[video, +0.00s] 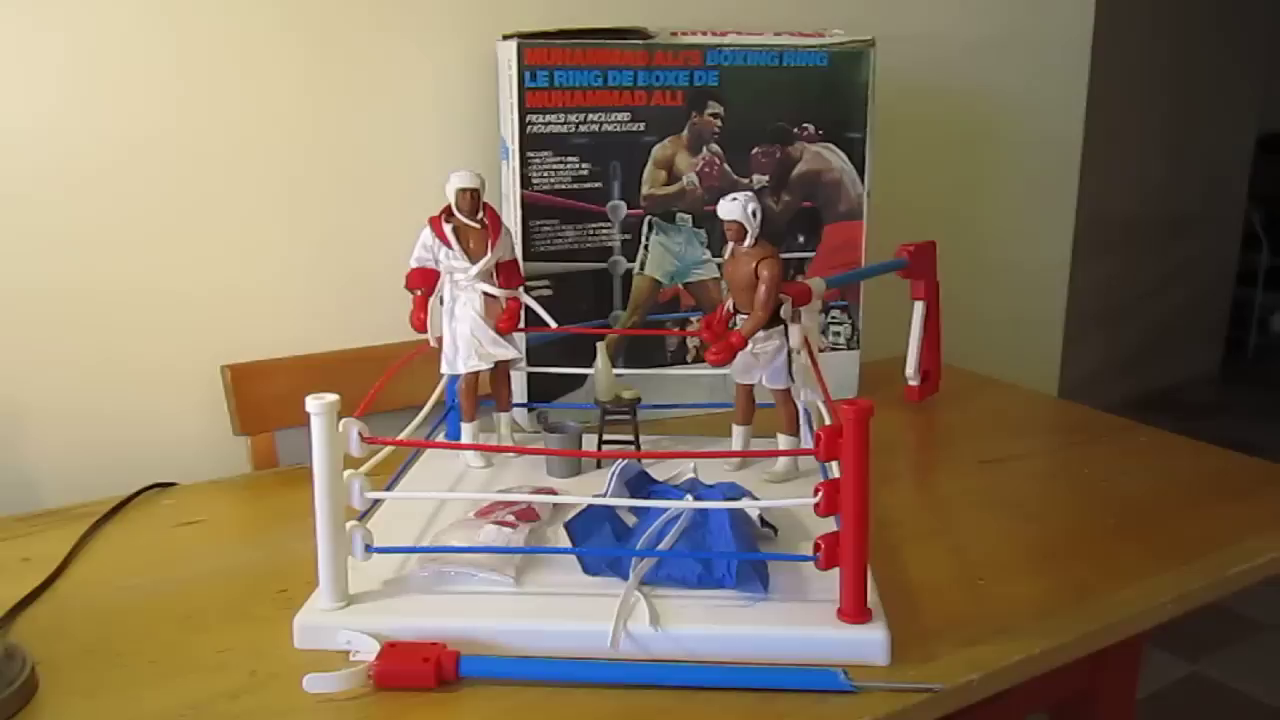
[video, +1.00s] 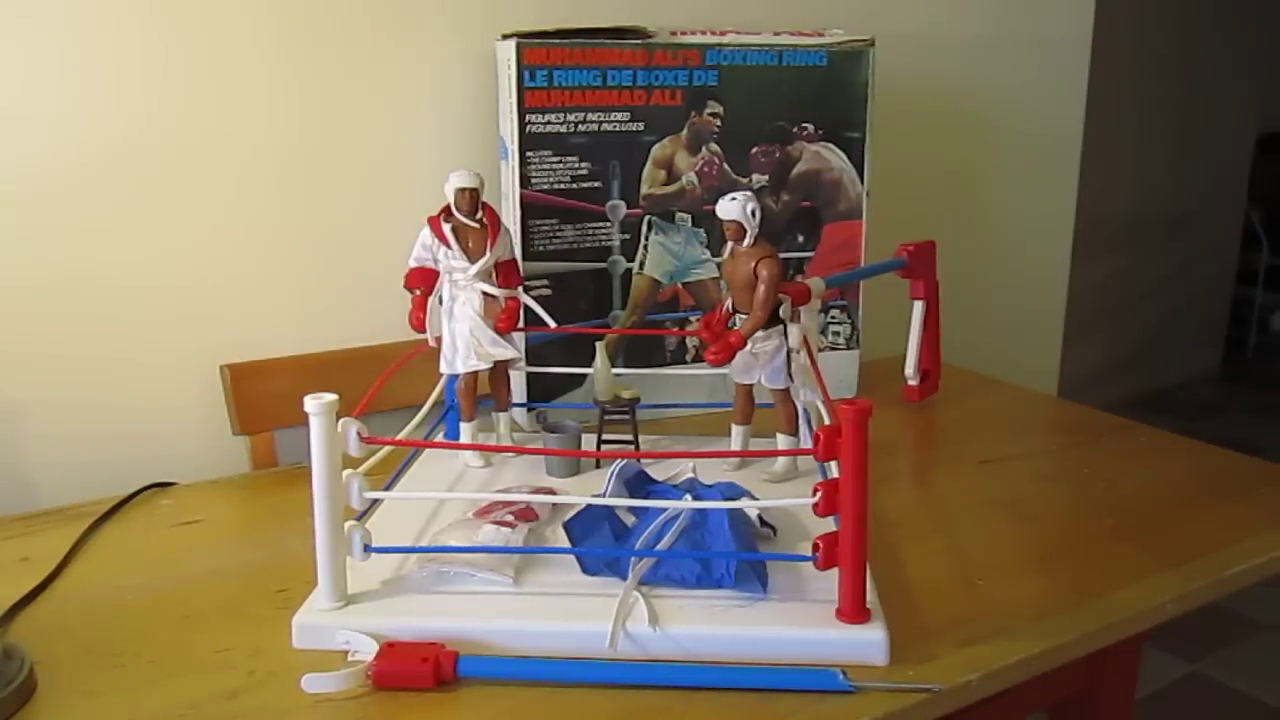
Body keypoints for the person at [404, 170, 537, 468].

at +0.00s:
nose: (469, 199)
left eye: (474, 193)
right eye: (463, 194)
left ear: (481, 195)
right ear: (452, 197)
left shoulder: (496, 229)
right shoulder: (437, 230)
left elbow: (509, 269)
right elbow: (422, 268)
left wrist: (513, 306)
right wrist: (420, 305)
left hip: (494, 305)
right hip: (459, 306)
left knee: (501, 367)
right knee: (469, 371)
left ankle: (506, 432)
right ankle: (470, 442)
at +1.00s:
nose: (468, 199)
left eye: (473, 192)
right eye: (462, 193)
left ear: (480, 195)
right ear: (451, 196)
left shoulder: (494, 227)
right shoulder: (435, 230)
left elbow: (507, 268)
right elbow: (421, 272)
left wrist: (510, 305)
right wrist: (420, 310)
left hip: (492, 303)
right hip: (458, 305)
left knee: (500, 366)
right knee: (468, 370)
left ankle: (505, 433)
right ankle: (468, 442)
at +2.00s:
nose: (467, 198)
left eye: (472, 192)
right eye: (461, 192)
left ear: (480, 194)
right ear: (450, 196)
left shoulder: (495, 228)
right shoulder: (436, 230)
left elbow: (508, 269)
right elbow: (421, 271)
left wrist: (511, 306)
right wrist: (421, 310)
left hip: (493, 304)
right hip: (458, 306)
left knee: (500, 365)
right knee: (468, 371)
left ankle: (505, 432)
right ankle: (469, 441)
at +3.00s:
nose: (467, 198)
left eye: (472, 191)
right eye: (461, 192)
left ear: (480, 194)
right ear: (451, 195)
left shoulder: (496, 228)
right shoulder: (436, 230)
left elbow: (508, 268)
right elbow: (421, 267)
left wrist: (512, 303)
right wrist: (419, 303)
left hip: (493, 303)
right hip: (459, 305)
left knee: (500, 365)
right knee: (469, 370)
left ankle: (504, 433)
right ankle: (469, 440)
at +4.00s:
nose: (468, 198)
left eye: (473, 191)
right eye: (461, 192)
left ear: (481, 194)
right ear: (451, 195)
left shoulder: (496, 228)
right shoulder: (436, 230)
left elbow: (508, 269)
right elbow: (421, 267)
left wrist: (512, 304)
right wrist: (419, 302)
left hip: (493, 301)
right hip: (458, 302)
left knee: (500, 363)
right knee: (468, 369)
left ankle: (505, 432)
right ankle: (468, 440)